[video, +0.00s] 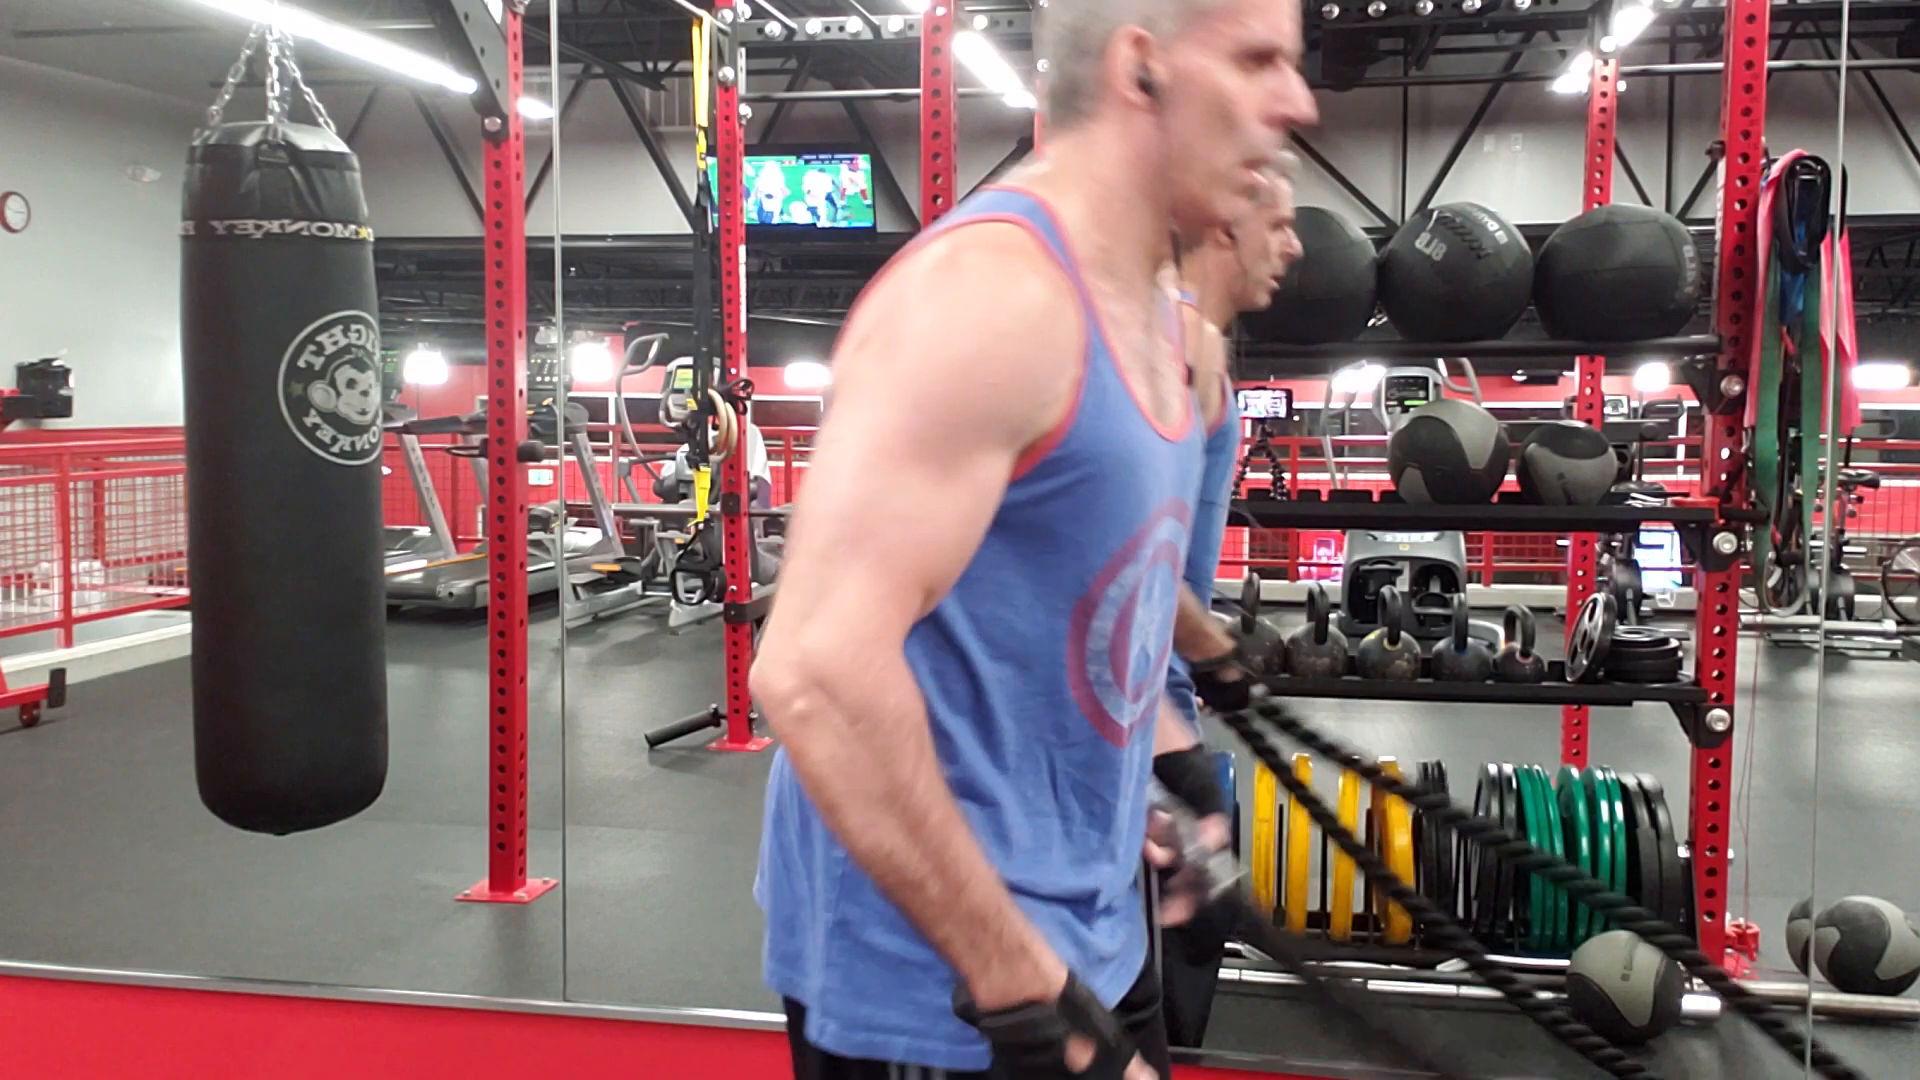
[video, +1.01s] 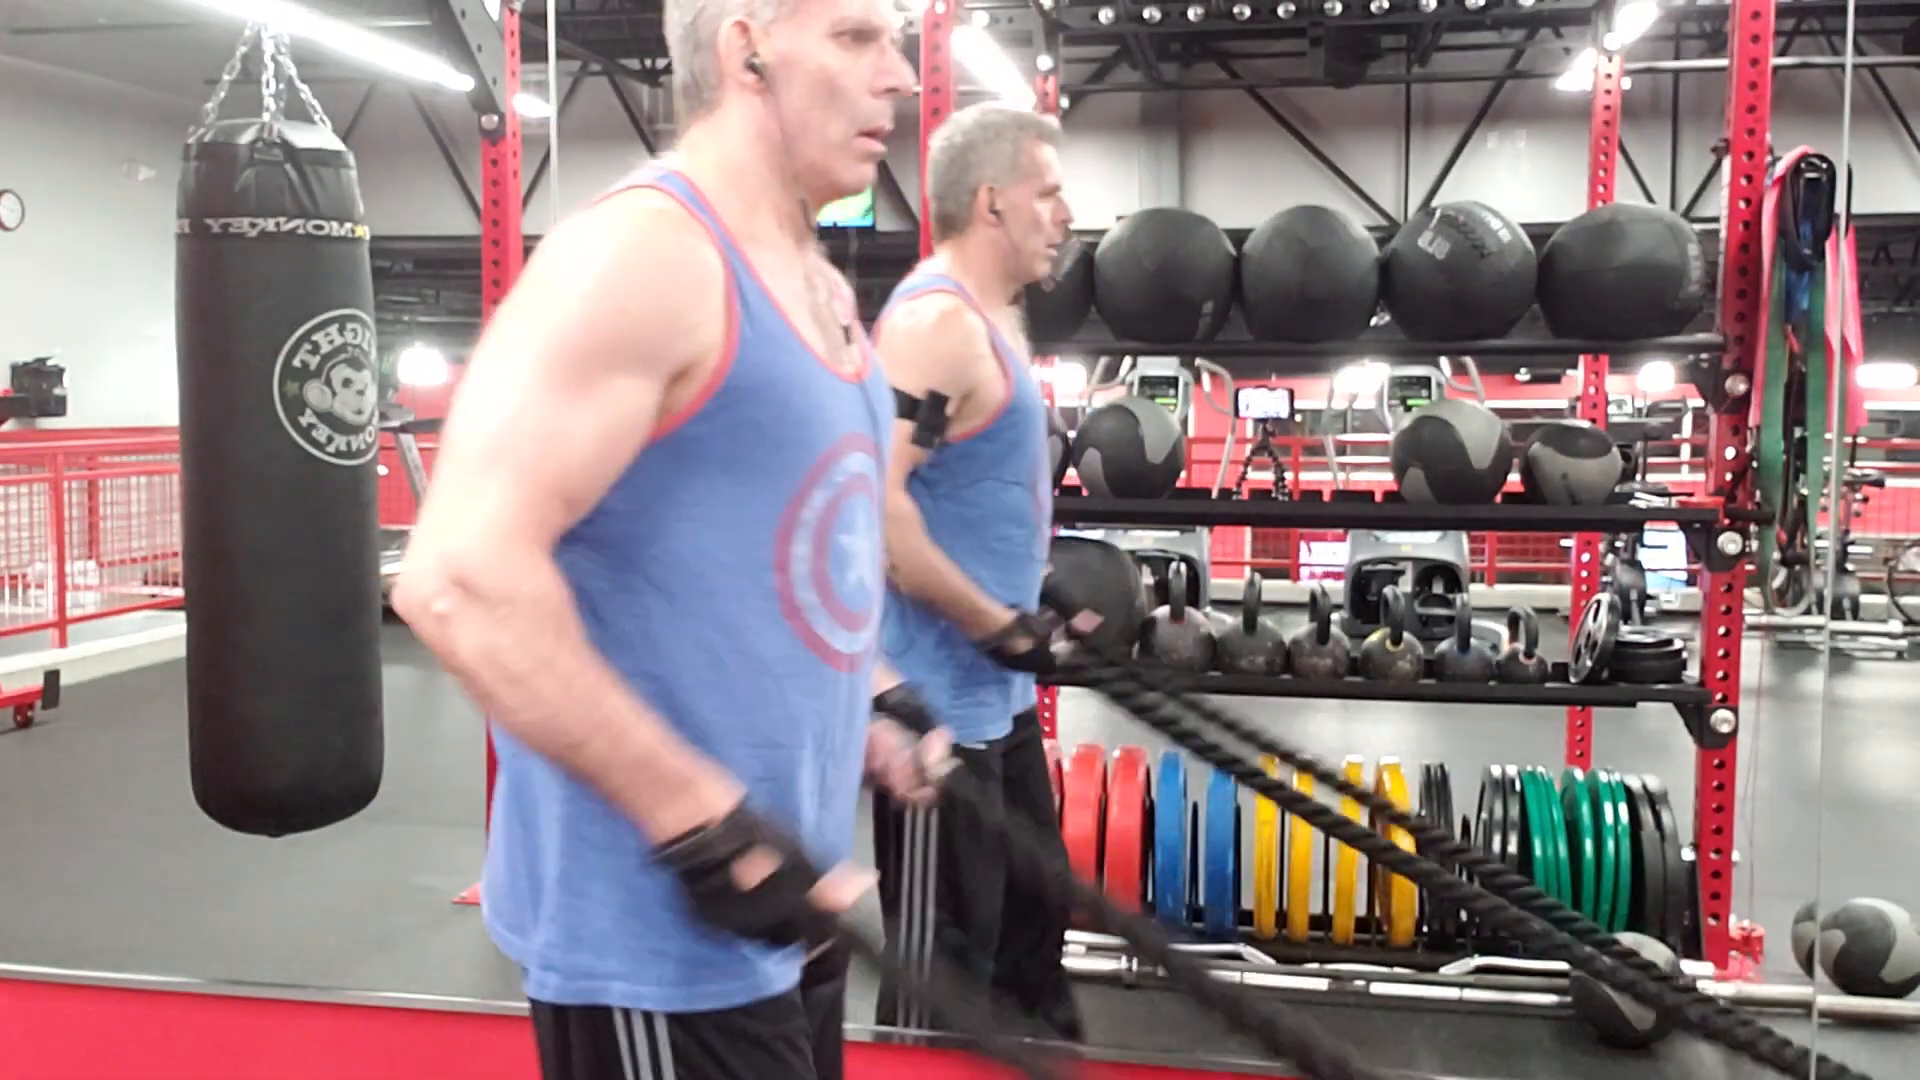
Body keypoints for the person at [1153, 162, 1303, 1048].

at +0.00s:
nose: (1291, 249)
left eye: (1291, 229)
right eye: (1278, 225)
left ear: (1224, 235)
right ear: (1218, 227)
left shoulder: (1206, 345)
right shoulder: (1186, 342)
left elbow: (1162, 541)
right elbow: (1127, 549)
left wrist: (1213, 638)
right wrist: (1211, 641)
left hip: (1165, 697)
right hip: (1146, 703)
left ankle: (1168, 1040)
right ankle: (1161, 1043)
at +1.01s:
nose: (1065, 217)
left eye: (1062, 195)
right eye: (1050, 194)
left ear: (997, 202)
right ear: (990, 201)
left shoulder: (988, 319)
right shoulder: (939, 324)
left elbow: (960, 501)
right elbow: (869, 495)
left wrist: (1034, 600)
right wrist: (996, 621)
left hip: (999, 692)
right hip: (940, 701)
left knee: (1033, 934)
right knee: (949, 949)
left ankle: (1034, 1060)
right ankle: (939, 1068)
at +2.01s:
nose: (1033, 277)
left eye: (1039, 257)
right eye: (1024, 252)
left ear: (970, 234)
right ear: (966, 231)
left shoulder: (923, 338)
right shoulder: (899, 339)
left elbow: (923, 535)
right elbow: (883, 539)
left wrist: (1020, 623)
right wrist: (1023, 638)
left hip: (925, 712)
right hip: (898, 720)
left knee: (943, 989)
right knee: (940, 995)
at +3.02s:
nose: (1063, 270)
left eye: (1063, 249)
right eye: (1049, 247)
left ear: (996, 253)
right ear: (992, 250)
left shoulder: (954, 363)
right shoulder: (928, 364)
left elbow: (946, 555)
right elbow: (898, 561)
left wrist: (1020, 646)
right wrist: (1016, 675)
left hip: (939, 728)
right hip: (902, 736)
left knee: (980, 982)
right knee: (960, 990)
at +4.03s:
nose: (1037, 279)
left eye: (1034, 258)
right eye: (1021, 257)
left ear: (969, 270)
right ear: (963, 266)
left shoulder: (949, 387)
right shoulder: (901, 386)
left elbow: (943, 580)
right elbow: (877, 584)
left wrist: (1012, 676)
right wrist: (996, 706)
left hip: (946, 723)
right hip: (894, 729)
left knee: (1000, 923)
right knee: (993, 928)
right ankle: (956, 1078)